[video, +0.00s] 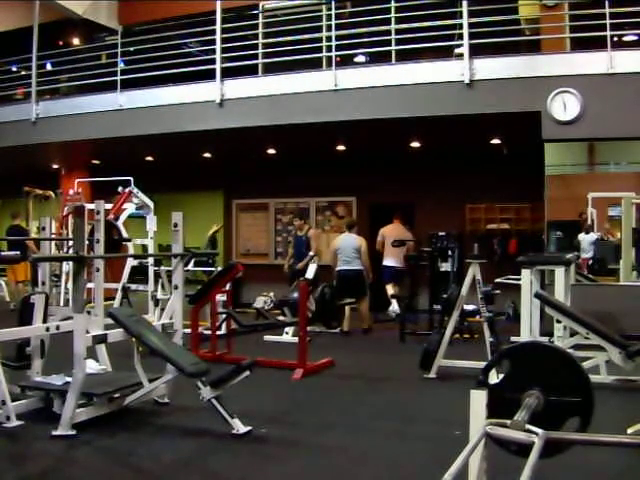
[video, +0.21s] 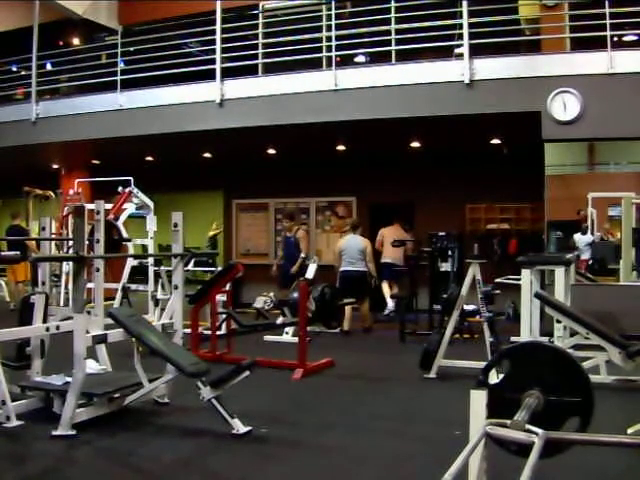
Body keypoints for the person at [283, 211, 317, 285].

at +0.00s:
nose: (294, 224)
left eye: (296, 221)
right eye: (294, 221)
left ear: (302, 221)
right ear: (293, 222)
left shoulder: (310, 232)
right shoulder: (295, 233)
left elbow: (313, 251)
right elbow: (292, 249)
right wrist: (287, 261)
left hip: (306, 263)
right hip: (296, 262)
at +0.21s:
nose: (285, 225)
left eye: (287, 222)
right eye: (283, 222)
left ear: (293, 222)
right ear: (282, 223)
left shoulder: (300, 233)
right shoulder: (285, 234)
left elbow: (304, 252)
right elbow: (282, 251)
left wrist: (296, 266)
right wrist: (276, 263)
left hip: (297, 264)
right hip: (286, 264)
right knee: (283, 289)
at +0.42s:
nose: (279, 222)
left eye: (281, 219)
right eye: (277, 219)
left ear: (287, 219)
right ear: (275, 220)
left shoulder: (294, 232)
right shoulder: (276, 233)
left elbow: (301, 250)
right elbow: (268, 248)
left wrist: (299, 265)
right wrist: (260, 262)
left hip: (290, 267)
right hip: (277, 266)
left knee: (288, 291)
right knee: (277, 291)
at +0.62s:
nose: (275, 222)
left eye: (277, 220)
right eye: (273, 220)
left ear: (283, 220)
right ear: (271, 221)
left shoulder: (289, 233)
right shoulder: (268, 233)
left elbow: (297, 249)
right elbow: (258, 246)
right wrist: (249, 257)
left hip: (286, 266)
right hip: (272, 265)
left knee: (284, 292)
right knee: (275, 291)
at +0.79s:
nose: (271, 222)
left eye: (274, 219)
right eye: (269, 219)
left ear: (279, 221)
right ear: (267, 221)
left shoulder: (285, 234)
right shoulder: (264, 234)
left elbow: (292, 249)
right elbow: (256, 247)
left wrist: (293, 257)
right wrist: (248, 258)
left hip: (282, 265)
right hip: (268, 265)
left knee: (280, 291)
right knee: (266, 290)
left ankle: (280, 313)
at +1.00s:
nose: (262, 219)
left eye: (264, 216)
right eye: (260, 216)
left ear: (271, 217)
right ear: (258, 218)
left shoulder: (278, 230)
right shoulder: (259, 230)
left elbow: (284, 249)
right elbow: (253, 247)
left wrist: (279, 265)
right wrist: (249, 261)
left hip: (273, 265)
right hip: (261, 265)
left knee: (275, 292)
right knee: (257, 291)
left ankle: (278, 314)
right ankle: (259, 313)